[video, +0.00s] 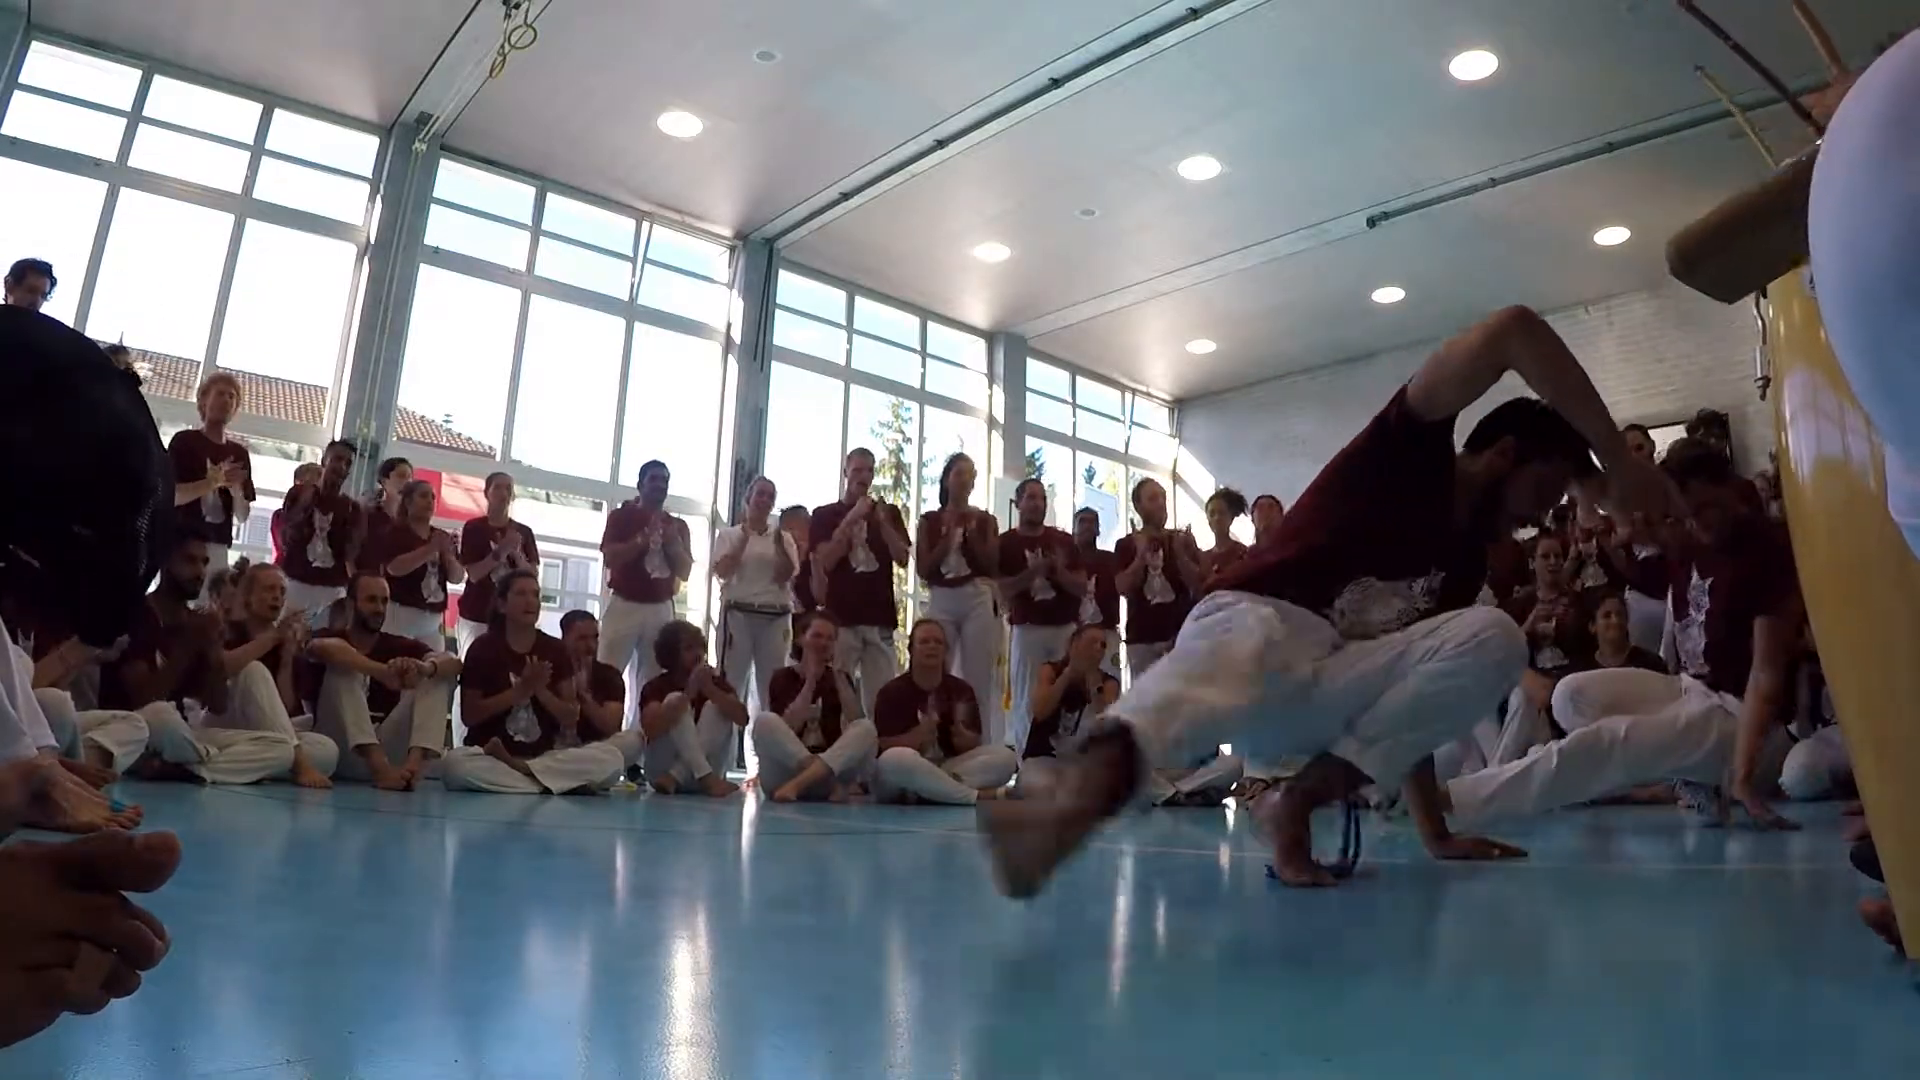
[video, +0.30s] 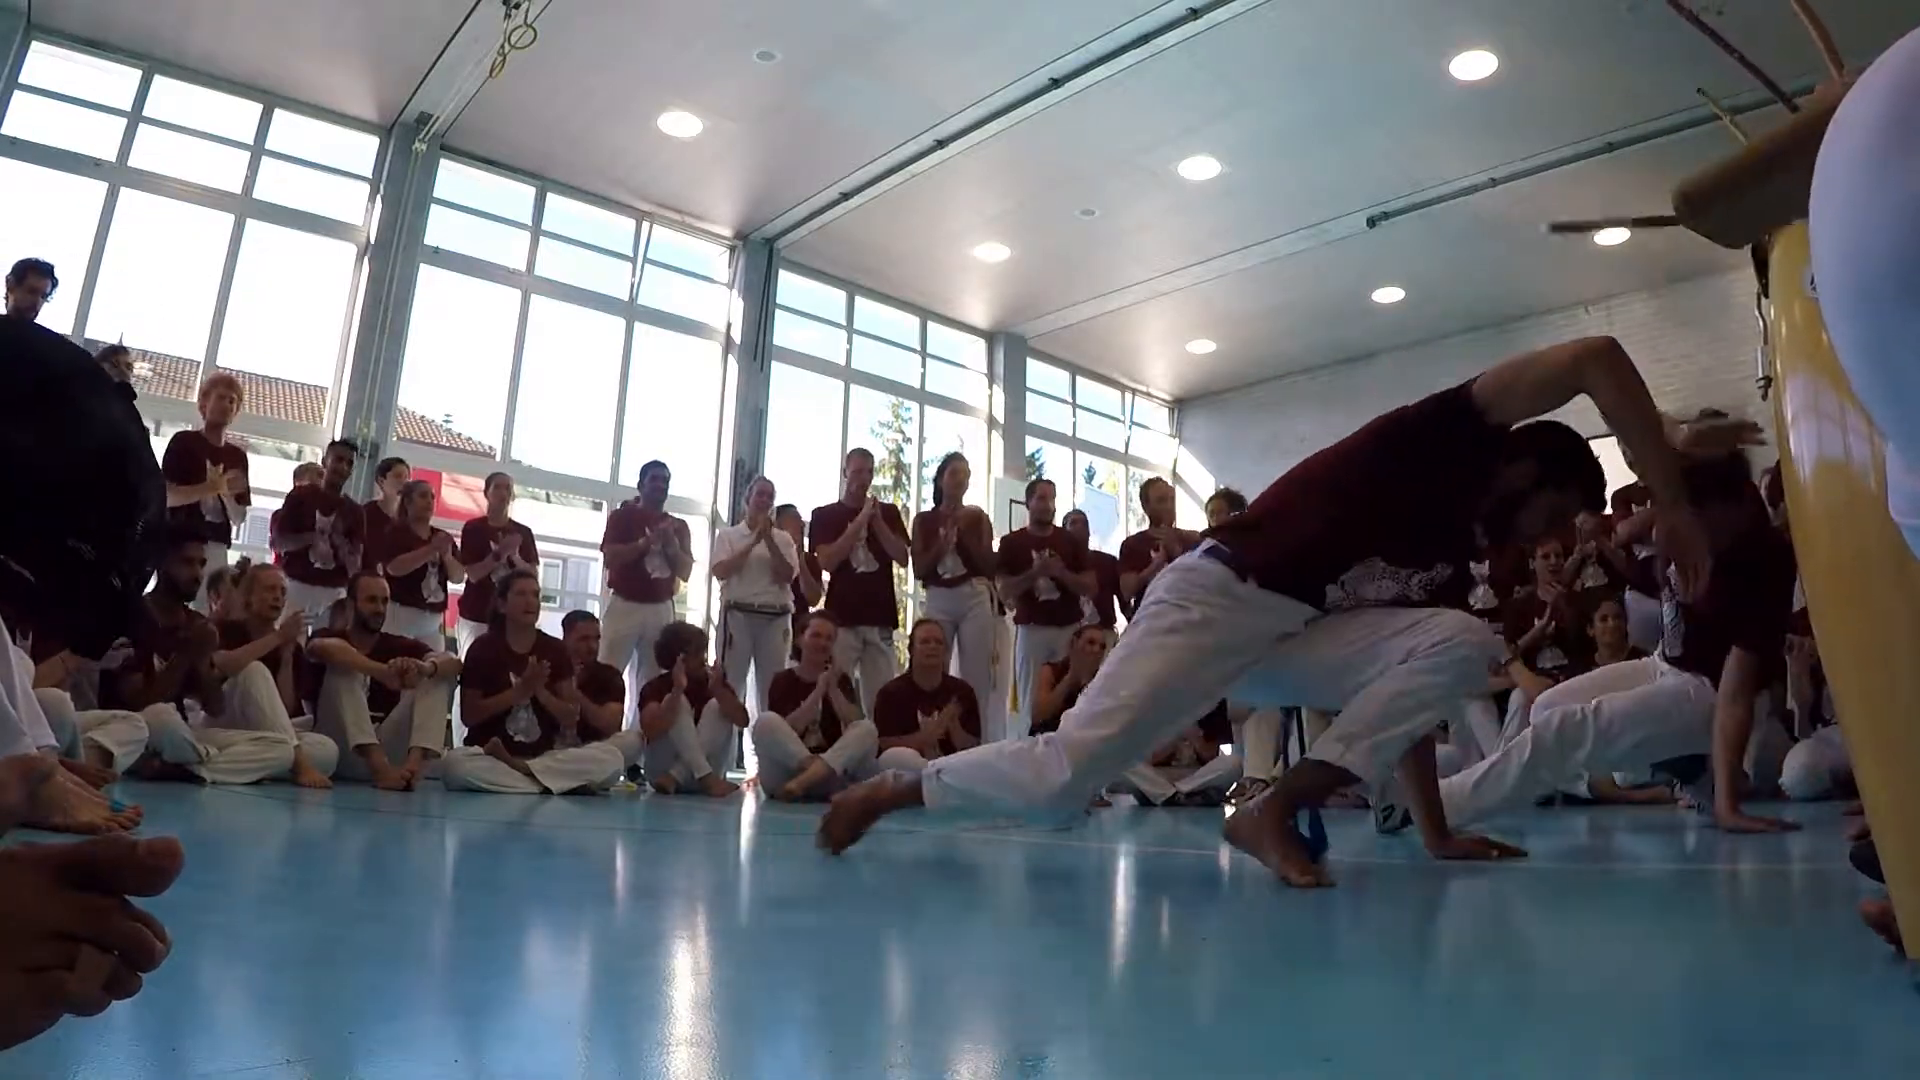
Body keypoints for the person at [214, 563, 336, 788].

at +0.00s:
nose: (278, 597)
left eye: (282, 591)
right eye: (269, 589)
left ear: (285, 598)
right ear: (247, 595)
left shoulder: (285, 642)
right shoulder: (227, 631)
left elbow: (287, 708)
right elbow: (222, 667)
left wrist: (288, 655)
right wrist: (274, 637)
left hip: (269, 729)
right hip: (224, 724)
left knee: (327, 751)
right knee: (254, 671)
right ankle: (298, 762)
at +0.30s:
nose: (198, 572)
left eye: (202, 564)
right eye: (188, 563)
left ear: (205, 567)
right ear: (161, 564)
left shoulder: (200, 625)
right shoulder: (134, 615)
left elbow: (212, 704)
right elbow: (137, 700)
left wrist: (205, 661)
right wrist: (185, 653)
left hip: (184, 731)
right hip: (137, 730)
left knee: (282, 750)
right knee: (162, 715)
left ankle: (184, 771)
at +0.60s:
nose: (192, 577)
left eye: (196, 566)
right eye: (181, 567)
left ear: (202, 566)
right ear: (156, 565)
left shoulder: (196, 624)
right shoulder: (127, 618)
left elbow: (213, 706)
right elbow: (139, 702)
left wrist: (200, 659)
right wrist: (186, 652)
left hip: (182, 732)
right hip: (130, 733)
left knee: (283, 750)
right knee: (161, 716)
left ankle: (184, 772)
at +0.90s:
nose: (189, 579)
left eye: (193, 569)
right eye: (178, 570)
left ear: (197, 570)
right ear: (155, 570)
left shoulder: (194, 623)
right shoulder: (128, 618)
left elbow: (212, 706)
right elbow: (138, 702)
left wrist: (202, 652)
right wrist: (188, 651)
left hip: (182, 731)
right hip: (131, 732)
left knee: (283, 752)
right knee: (161, 716)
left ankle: (186, 771)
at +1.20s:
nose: (186, 580)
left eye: (190, 570)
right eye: (175, 571)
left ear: (196, 571)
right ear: (152, 573)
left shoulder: (193, 623)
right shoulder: (132, 624)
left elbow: (210, 705)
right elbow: (135, 707)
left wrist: (202, 651)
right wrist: (182, 652)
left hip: (184, 733)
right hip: (136, 737)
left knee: (285, 752)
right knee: (160, 716)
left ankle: (189, 771)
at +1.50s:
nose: (187, 580)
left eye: (191, 570)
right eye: (175, 571)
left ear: (196, 569)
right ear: (153, 572)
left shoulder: (194, 622)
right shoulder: (129, 618)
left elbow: (210, 705)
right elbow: (133, 703)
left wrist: (202, 656)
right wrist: (181, 655)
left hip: (188, 729)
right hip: (134, 731)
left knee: (285, 753)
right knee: (161, 716)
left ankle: (182, 771)